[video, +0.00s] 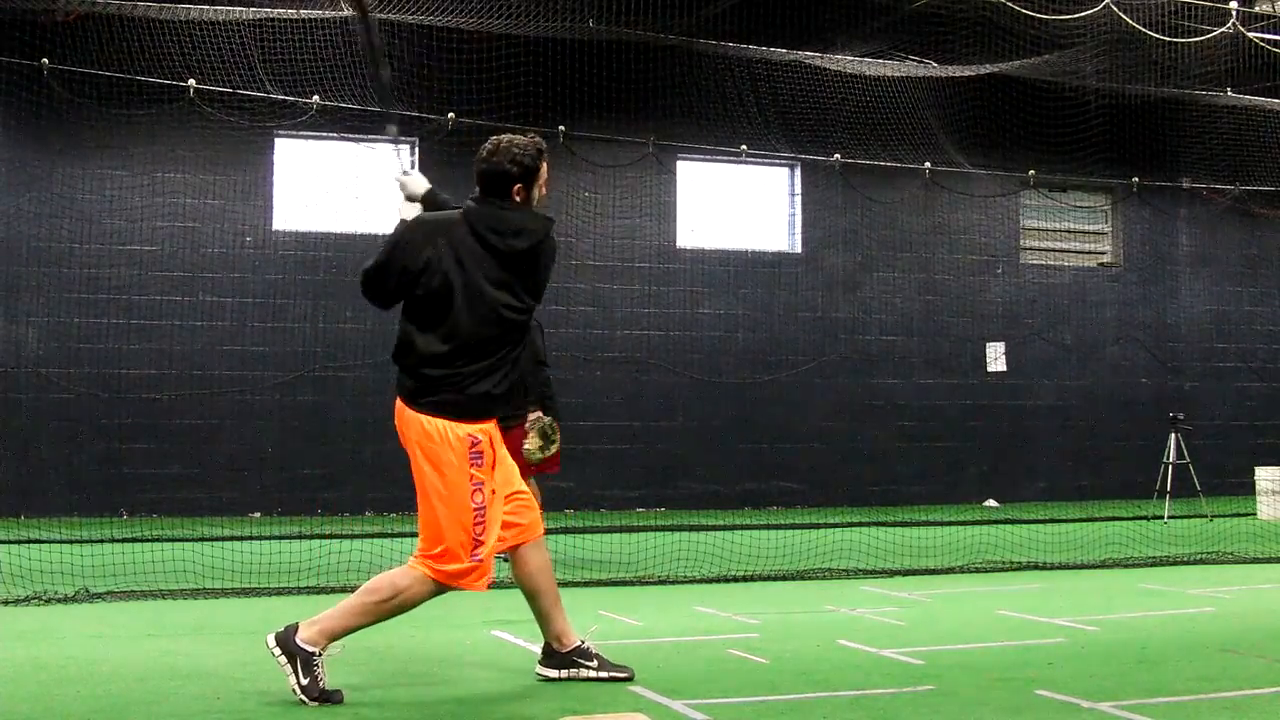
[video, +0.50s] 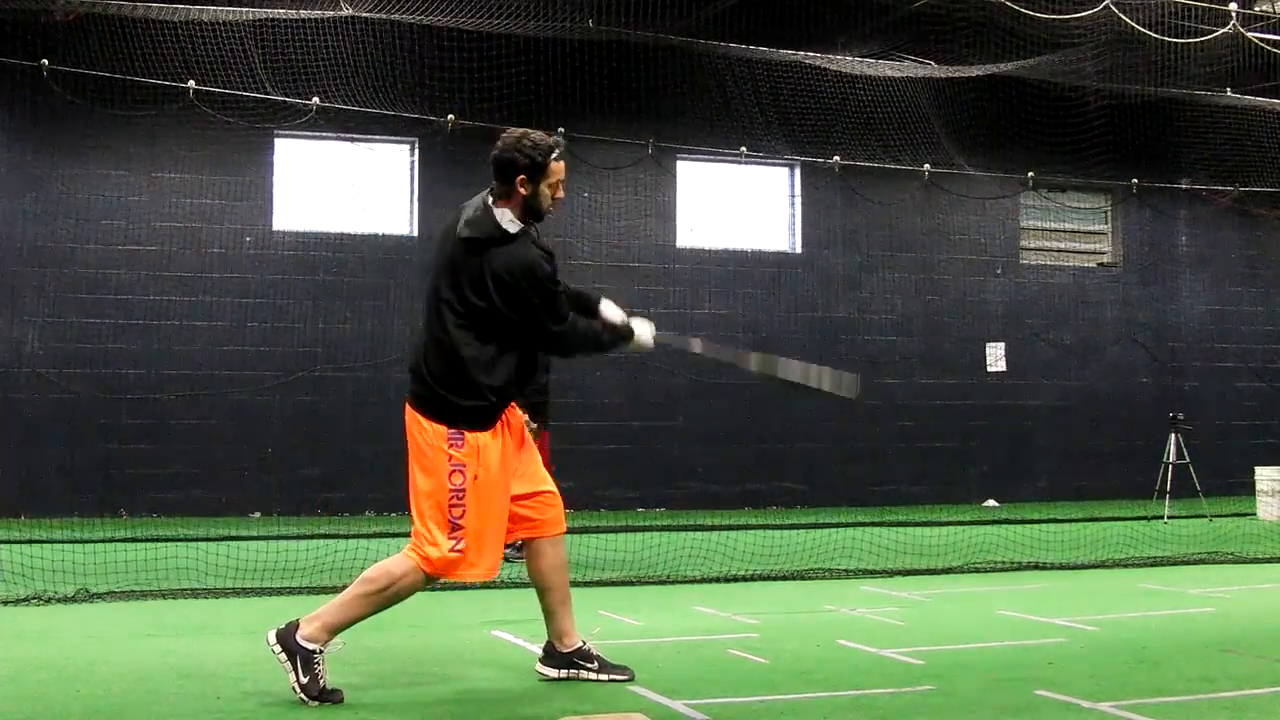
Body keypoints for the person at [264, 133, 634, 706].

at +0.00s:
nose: (546, 189)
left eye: (546, 180)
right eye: (544, 182)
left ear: (483, 186)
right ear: (523, 189)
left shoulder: (427, 233)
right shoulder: (536, 238)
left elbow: (378, 289)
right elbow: (486, 234)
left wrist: (410, 219)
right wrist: (436, 202)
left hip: (449, 414)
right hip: (458, 420)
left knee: (522, 523)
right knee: (448, 563)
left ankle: (563, 648)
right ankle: (306, 639)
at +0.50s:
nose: (562, 194)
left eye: (563, 183)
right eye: (556, 185)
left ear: (517, 183)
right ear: (523, 185)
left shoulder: (485, 215)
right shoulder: (514, 255)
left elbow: (541, 285)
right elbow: (555, 334)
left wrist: (598, 306)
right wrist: (622, 333)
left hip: (494, 410)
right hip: (451, 416)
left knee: (545, 520)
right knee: (440, 552)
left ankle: (565, 647)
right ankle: (305, 636)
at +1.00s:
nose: (592, 198)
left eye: (597, 188)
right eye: (586, 187)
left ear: (584, 182)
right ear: (551, 176)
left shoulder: (570, 230)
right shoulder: (494, 244)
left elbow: (577, 312)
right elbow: (464, 346)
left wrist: (561, 372)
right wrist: (529, 395)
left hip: (527, 398)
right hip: (457, 397)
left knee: (573, 513)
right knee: (405, 517)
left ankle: (567, 644)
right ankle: (312, 636)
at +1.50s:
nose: (463, 187)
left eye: (471, 177)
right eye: (454, 175)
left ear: (478, 172)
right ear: (424, 165)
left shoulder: (486, 233)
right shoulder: (372, 229)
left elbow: (501, 317)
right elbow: (324, 301)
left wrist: (446, 350)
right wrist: (379, 327)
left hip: (460, 403)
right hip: (377, 407)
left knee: (515, 521)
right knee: (357, 533)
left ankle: (549, 636)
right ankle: (323, 655)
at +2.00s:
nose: (462, 154)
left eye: (461, 145)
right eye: (453, 145)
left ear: (431, 151)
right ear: (419, 151)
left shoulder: (460, 206)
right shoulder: (362, 210)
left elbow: (478, 246)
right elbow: (293, 247)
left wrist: (410, 201)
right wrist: (361, 204)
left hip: (441, 391)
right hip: (363, 393)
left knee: (470, 526)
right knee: (356, 528)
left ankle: (469, 644)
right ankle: (320, 658)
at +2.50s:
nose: (464, 167)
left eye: (463, 157)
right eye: (455, 158)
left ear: (434, 163)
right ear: (421, 163)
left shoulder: (457, 219)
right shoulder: (360, 210)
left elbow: (474, 252)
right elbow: (291, 235)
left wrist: (416, 200)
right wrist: (362, 192)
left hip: (430, 395)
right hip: (354, 397)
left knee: (459, 527)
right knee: (353, 523)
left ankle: (454, 646)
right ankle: (320, 657)